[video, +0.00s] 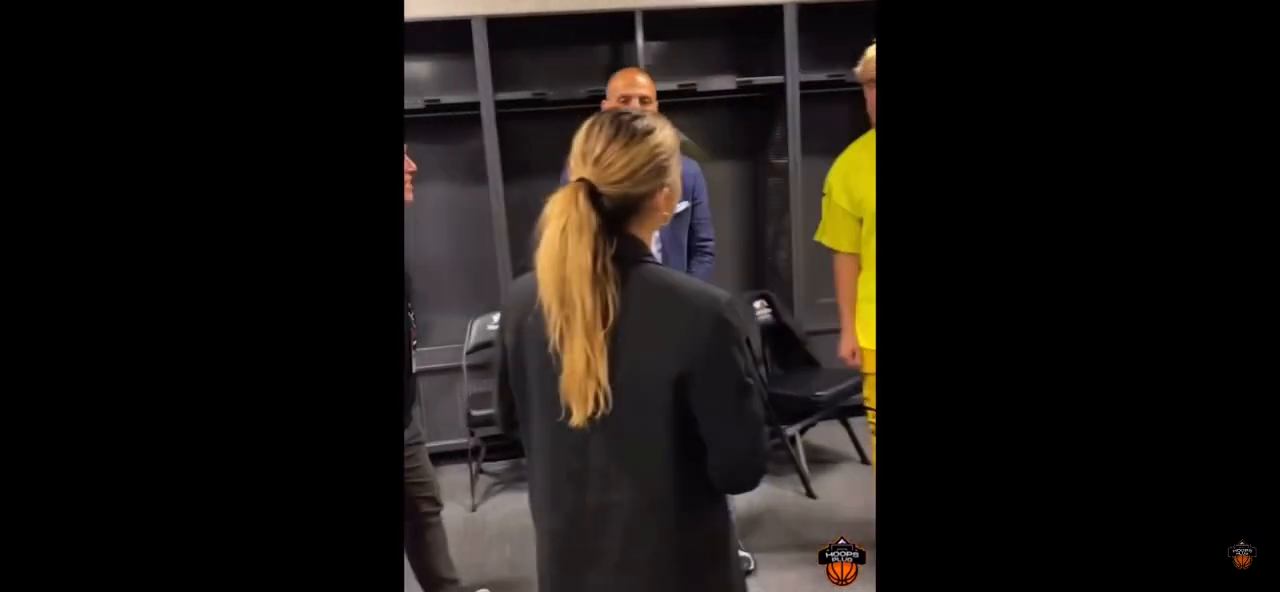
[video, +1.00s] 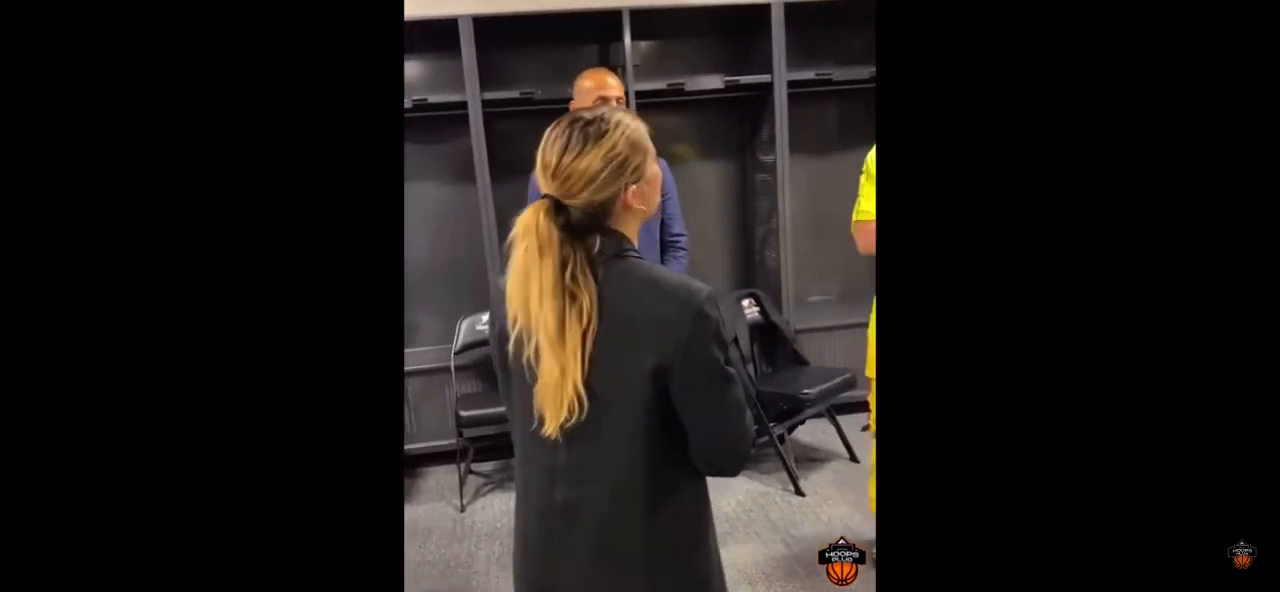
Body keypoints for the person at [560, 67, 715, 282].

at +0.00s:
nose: (635, 109)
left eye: (645, 101)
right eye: (624, 101)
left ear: (656, 107)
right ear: (605, 107)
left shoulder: (686, 170)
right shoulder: (583, 168)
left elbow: (703, 249)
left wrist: (685, 299)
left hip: (669, 300)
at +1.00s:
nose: (612, 111)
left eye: (620, 101)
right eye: (601, 101)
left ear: (626, 104)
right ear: (574, 107)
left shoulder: (654, 169)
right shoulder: (549, 174)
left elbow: (676, 244)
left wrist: (664, 296)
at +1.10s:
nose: (601, 115)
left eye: (603, 104)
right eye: (587, 106)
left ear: (607, 107)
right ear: (553, 115)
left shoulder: (629, 174)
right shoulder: (524, 177)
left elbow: (650, 249)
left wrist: (637, 298)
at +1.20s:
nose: (557, 124)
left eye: (563, 111)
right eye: (546, 116)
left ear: (579, 116)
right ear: (521, 123)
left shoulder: (599, 179)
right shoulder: (494, 183)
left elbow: (622, 251)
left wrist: (611, 307)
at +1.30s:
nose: (547, 127)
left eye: (545, 115)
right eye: (530, 117)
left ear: (551, 119)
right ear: (494, 128)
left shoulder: (567, 185)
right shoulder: (463, 190)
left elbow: (591, 258)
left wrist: (581, 317)